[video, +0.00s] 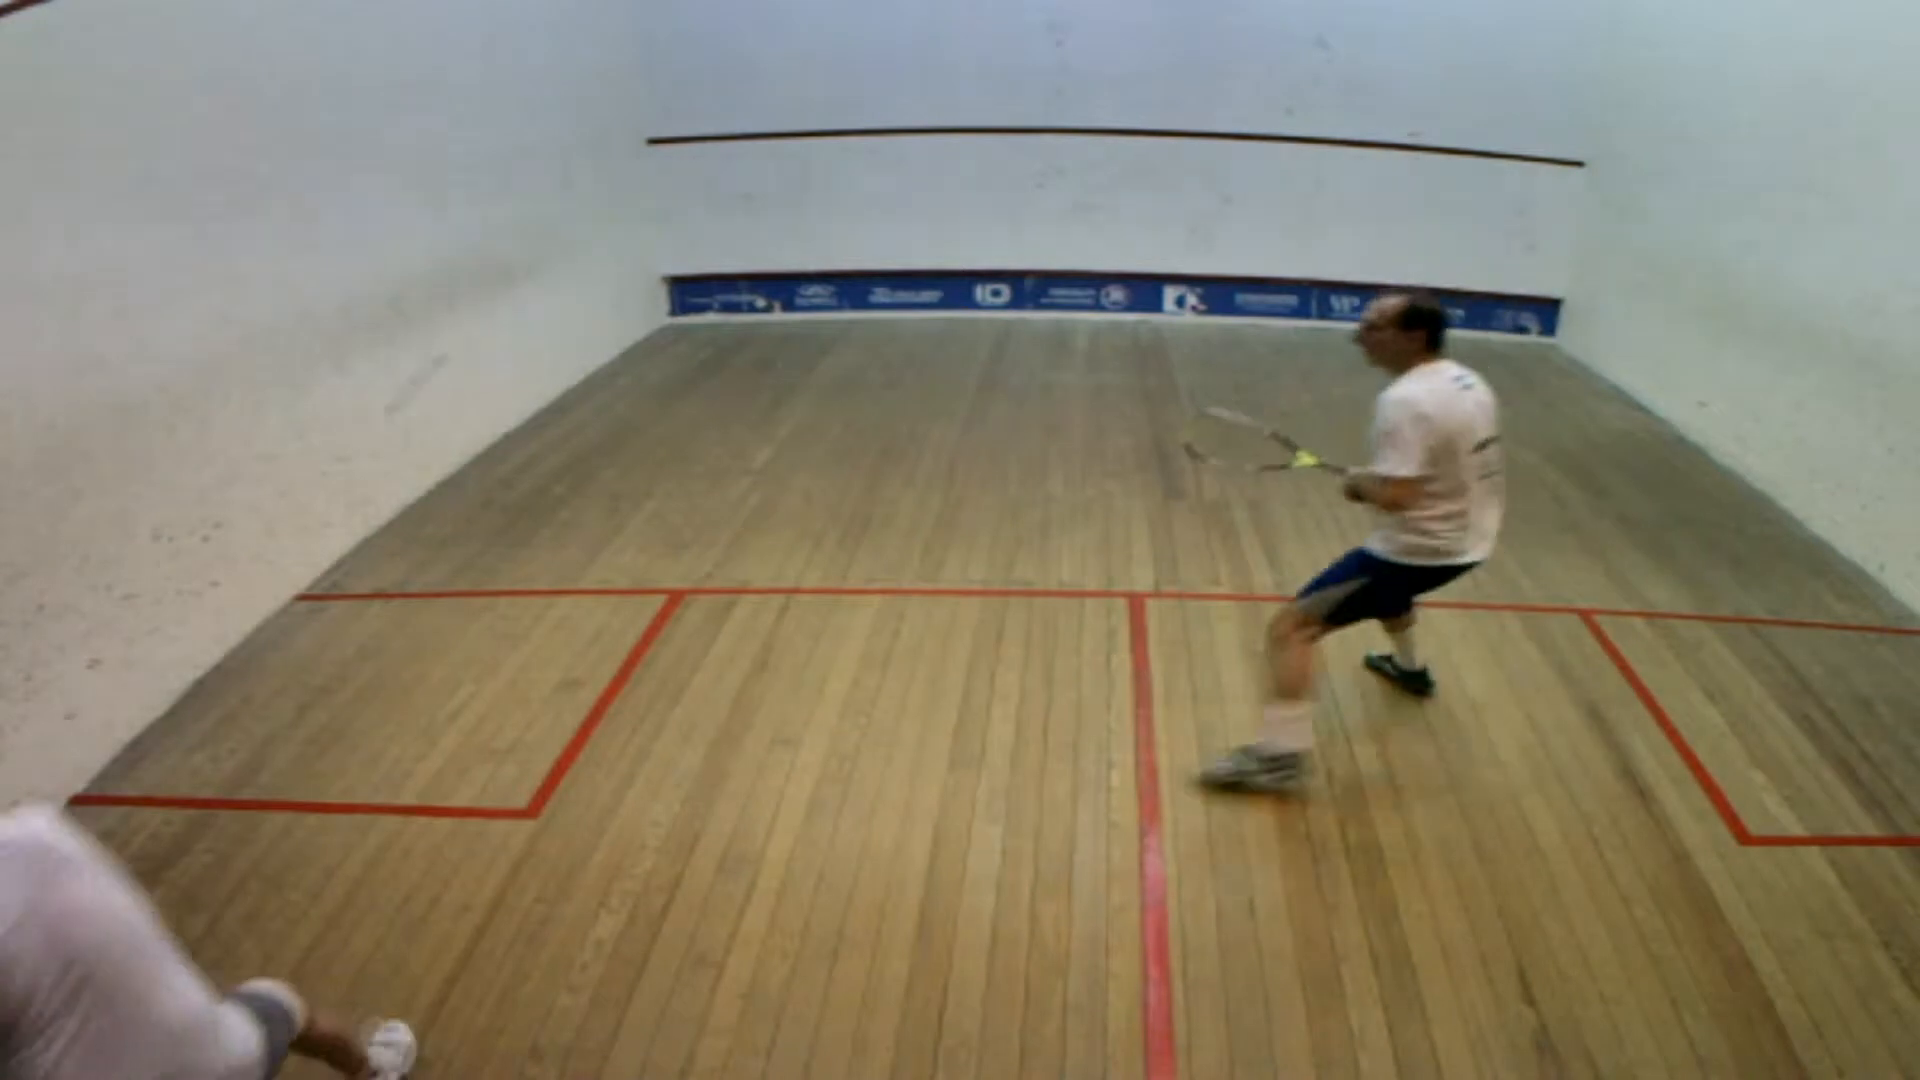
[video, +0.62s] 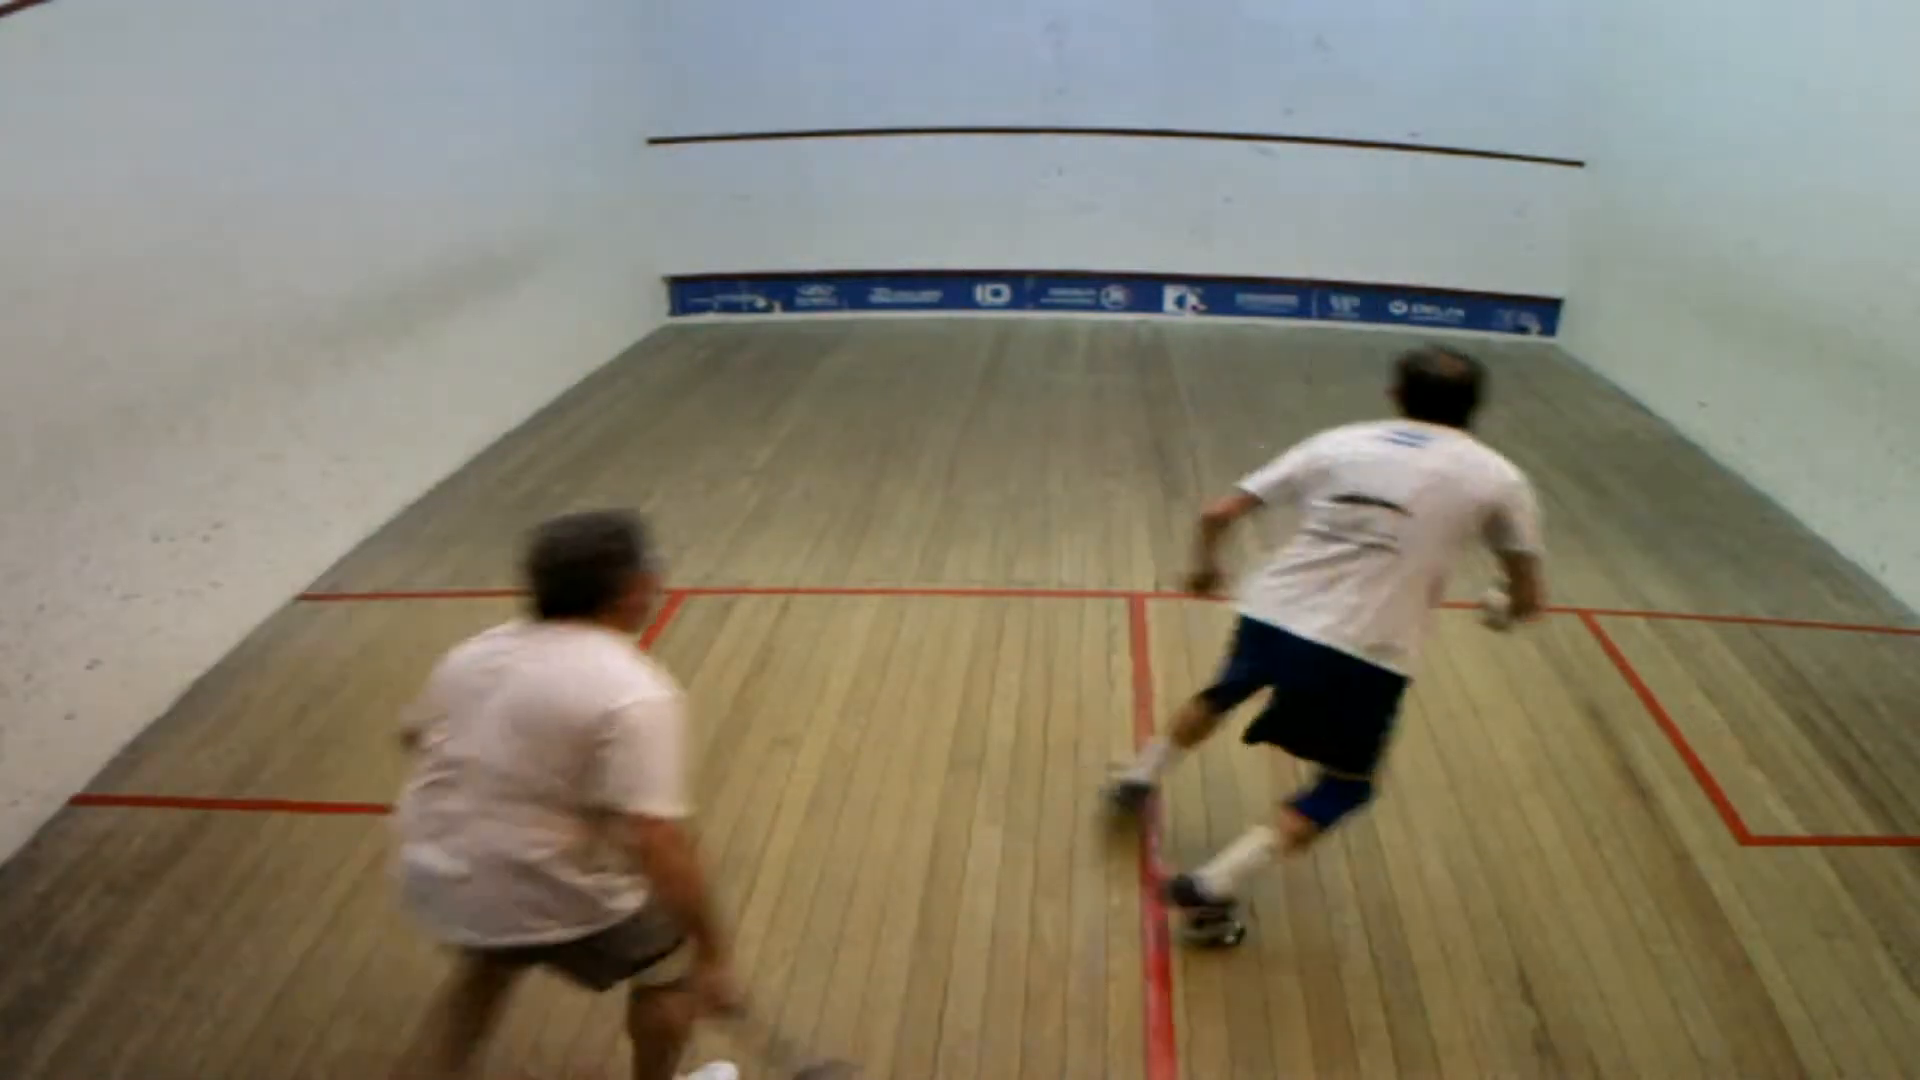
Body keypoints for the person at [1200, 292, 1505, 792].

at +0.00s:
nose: (1361, 335)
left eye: (1374, 328)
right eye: (1365, 324)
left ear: (1414, 338)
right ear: (1422, 339)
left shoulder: (1405, 400)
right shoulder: (1469, 383)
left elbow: (1402, 492)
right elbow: (1452, 468)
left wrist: (1359, 485)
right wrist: (1379, 478)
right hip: (1466, 542)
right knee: (1385, 585)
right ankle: (1409, 665)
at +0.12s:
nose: (1313, 328)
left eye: (1317, 320)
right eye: (1315, 319)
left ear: (1335, 328)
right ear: (1387, 329)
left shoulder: (1306, 391)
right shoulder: (1434, 395)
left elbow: (1275, 485)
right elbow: (1459, 477)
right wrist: (1400, 472)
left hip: (1319, 566)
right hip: (1397, 565)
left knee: (1226, 645)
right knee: (1387, 628)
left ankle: (1242, 766)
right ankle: (1377, 691)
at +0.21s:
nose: (1309, 315)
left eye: (1312, 307)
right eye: (1314, 307)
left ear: (1320, 312)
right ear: (1383, 316)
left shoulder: (1289, 375)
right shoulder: (1430, 385)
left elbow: (1243, 467)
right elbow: (1458, 474)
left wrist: (1285, 487)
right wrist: (1400, 490)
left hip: (1295, 550)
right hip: (1383, 553)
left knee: (1212, 636)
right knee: (1373, 635)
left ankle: (1222, 754)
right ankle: (1368, 717)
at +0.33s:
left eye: (1296, 318)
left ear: (1300, 323)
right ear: (1368, 330)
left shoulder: (1253, 376)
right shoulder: (1407, 399)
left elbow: (1191, 462)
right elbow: (1448, 499)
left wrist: (1226, 498)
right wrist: (1414, 519)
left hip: (1236, 561)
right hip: (1344, 571)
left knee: (1163, 662)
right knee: (1368, 680)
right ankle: (1377, 805)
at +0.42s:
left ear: (1291, 361)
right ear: (1361, 375)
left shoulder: (1240, 412)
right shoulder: (1390, 442)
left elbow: (1158, 488)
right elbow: (1434, 540)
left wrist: (1158, 508)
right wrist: (1412, 544)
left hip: (1204, 594)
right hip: (1312, 612)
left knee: (1132, 678)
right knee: (1363, 724)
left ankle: (1078, 795)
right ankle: (1364, 861)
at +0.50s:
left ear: (1304, 384)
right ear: (1374, 397)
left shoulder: (1245, 432)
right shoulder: (1395, 466)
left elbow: (1144, 504)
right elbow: (1439, 566)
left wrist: (1133, 539)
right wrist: (1421, 566)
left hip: (1200, 607)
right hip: (1305, 629)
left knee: (1130, 684)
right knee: (1358, 748)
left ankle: (1075, 796)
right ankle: (1318, 880)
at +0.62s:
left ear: (1397, 397)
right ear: (1469, 411)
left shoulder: (1343, 442)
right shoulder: (1494, 479)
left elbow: (1217, 514)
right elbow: (1528, 598)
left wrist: (1206, 568)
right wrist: (1501, 613)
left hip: (1271, 619)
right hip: (1362, 659)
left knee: (1221, 694)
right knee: (1345, 785)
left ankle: (1138, 777)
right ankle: (1212, 884)